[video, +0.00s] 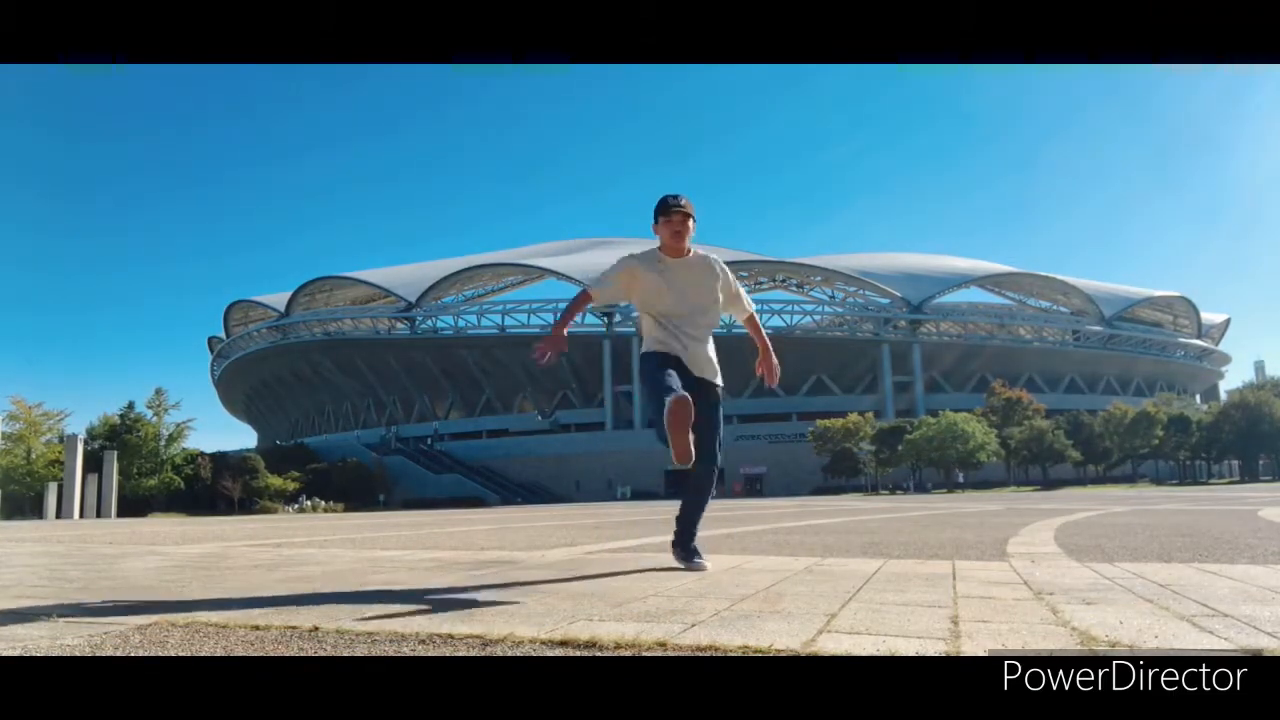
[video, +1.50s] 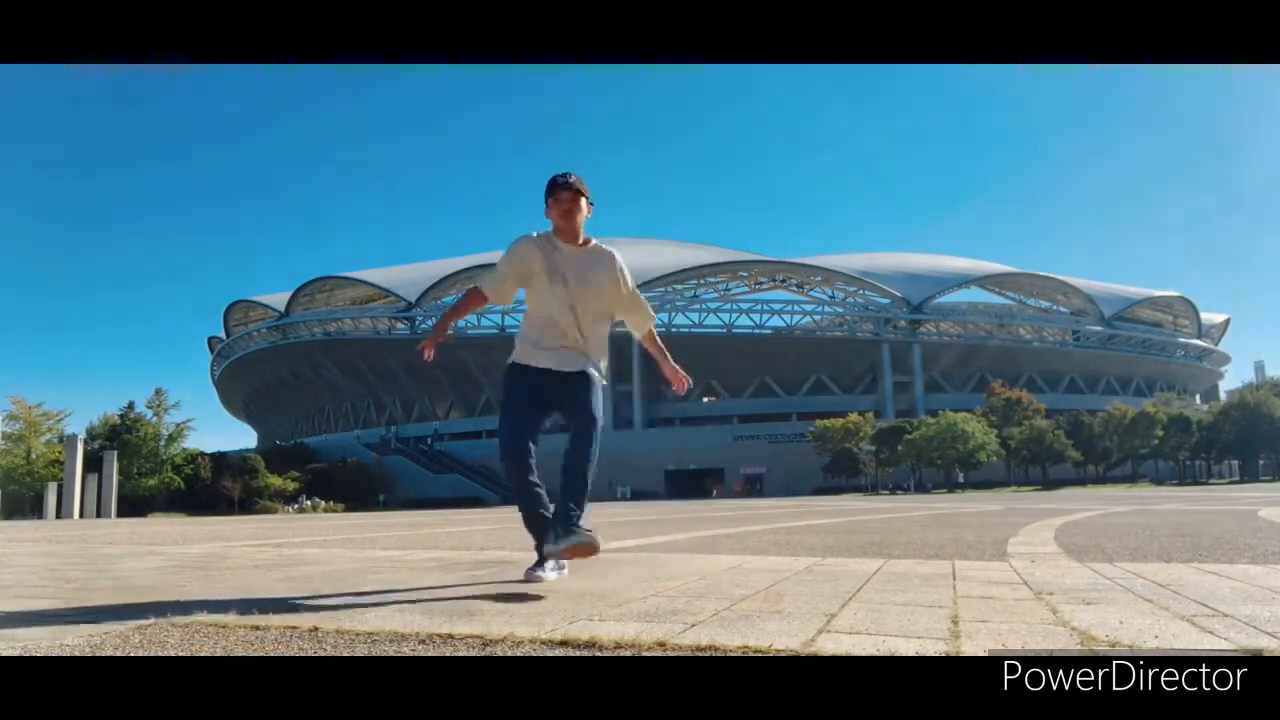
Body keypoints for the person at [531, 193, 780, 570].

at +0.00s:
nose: (678, 226)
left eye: (684, 220)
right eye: (670, 220)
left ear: (694, 225)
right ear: (657, 227)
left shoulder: (714, 270)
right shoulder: (638, 267)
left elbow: (744, 310)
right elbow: (589, 295)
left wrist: (766, 350)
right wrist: (559, 329)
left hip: (703, 363)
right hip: (659, 354)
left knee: (708, 458)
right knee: (667, 388)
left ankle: (685, 541)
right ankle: (679, 440)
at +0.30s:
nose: (665, 205)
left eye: (671, 198)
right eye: (657, 198)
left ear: (681, 204)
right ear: (643, 204)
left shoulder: (699, 251)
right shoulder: (623, 249)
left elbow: (723, 302)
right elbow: (611, 303)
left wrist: (748, 340)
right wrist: (615, 352)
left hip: (682, 359)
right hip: (636, 353)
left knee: (691, 450)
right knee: (626, 428)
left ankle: (692, 532)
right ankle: (612, 467)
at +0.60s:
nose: (635, 233)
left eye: (642, 226)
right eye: (628, 226)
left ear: (654, 230)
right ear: (615, 231)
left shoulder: (675, 272)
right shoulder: (597, 273)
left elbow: (691, 327)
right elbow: (591, 324)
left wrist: (707, 369)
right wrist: (600, 370)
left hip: (667, 389)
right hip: (618, 385)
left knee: (669, 470)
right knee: (585, 464)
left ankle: (680, 550)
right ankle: (585, 544)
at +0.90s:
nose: (610, 236)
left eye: (618, 231)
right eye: (602, 231)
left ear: (632, 239)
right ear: (593, 240)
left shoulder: (652, 289)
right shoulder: (573, 283)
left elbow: (673, 347)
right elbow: (555, 332)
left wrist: (693, 396)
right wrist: (543, 382)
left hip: (642, 415)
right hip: (584, 409)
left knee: (690, 472)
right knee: (526, 463)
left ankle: (643, 546)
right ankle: (562, 546)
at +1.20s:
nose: (577, 202)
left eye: (585, 195)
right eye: (570, 196)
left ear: (599, 203)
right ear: (559, 204)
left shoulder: (620, 247)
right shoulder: (540, 245)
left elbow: (657, 292)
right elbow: (508, 286)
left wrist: (679, 334)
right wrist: (482, 330)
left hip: (616, 370)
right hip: (562, 371)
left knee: (647, 457)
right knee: (547, 462)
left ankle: (664, 544)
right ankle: (551, 556)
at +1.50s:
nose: (567, 205)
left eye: (574, 199)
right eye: (559, 200)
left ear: (588, 207)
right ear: (548, 209)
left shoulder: (608, 262)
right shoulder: (528, 250)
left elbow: (638, 320)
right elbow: (487, 291)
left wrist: (666, 363)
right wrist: (443, 323)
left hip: (582, 366)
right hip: (530, 362)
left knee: (589, 426)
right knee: (515, 449)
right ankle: (549, 548)